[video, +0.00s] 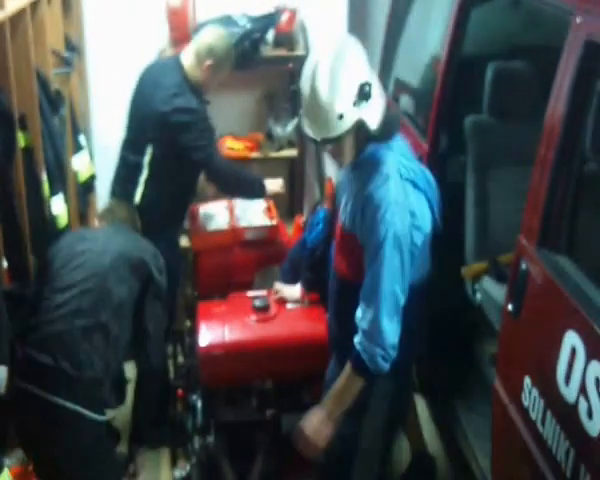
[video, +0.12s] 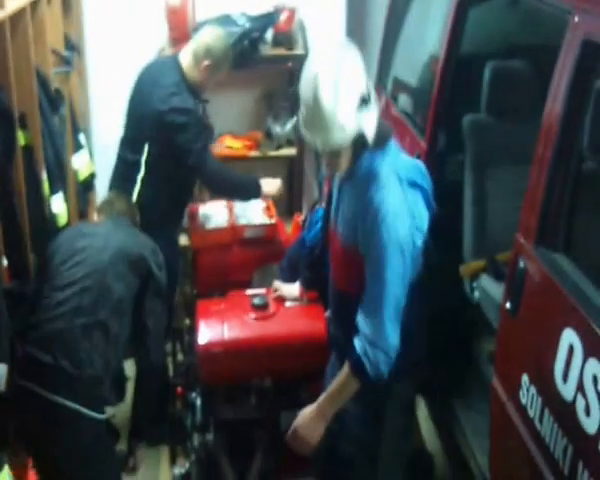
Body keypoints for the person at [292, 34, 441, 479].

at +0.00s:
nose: (325, 145)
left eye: (332, 133)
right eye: (323, 134)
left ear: (356, 118)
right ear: (364, 109)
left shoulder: (391, 196)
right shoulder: (367, 157)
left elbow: (379, 335)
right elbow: (329, 218)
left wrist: (328, 413)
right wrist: (292, 276)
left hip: (379, 356)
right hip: (354, 331)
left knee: (357, 459)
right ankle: (418, 457)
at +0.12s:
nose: (308, 125)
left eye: (316, 113)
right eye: (309, 111)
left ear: (348, 112)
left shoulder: (389, 192)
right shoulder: (350, 166)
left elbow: (380, 340)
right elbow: (322, 224)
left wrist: (321, 412)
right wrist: (291, 277)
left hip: (377, 383)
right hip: (345, 361)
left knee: (364, 466)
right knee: (343, 459)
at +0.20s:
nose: (327, 192)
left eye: (337, 179)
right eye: (318, 179)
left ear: (362, 168)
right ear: (307, 169)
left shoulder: (393, 234)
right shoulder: (322, 210)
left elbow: (386, 366)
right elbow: (300, 261)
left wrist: (326, 433)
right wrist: (291, 283)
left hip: (387, 390)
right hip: (337, 370)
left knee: (385, 470)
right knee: (341, 465)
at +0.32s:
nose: (335, 177)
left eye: (343, 163)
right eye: (325, 165)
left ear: (364, 148)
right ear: (313, 153)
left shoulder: (401, 203)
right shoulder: (322, 193)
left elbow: (410, 313)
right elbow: (311, 284)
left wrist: (378, 428)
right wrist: (311, 364)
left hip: (387, 361)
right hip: (333, 358)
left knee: (388, 464)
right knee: (335, 459)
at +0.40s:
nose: (336, 154)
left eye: (345, 141)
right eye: (327, 142)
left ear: (369, 117)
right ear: (314, 124)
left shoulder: (409, 175)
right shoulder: (325, 172)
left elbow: (419, 291)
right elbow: (310, 271)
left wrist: (412, 417)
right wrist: (310, 359)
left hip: (392, 355)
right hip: (335, 354)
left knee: (396, 464)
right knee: (339, 463)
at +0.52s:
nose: (334, 120)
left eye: (344, 109)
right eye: (327, 108)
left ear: (373, 98)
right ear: (320, 106)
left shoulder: (422, 158)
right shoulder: (329, 163)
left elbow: (444, 284)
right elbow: (313, 268)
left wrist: (450, 401)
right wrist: (309, 354)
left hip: (403, 358)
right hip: (339, 358)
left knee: (396, 466)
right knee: (335, 464)